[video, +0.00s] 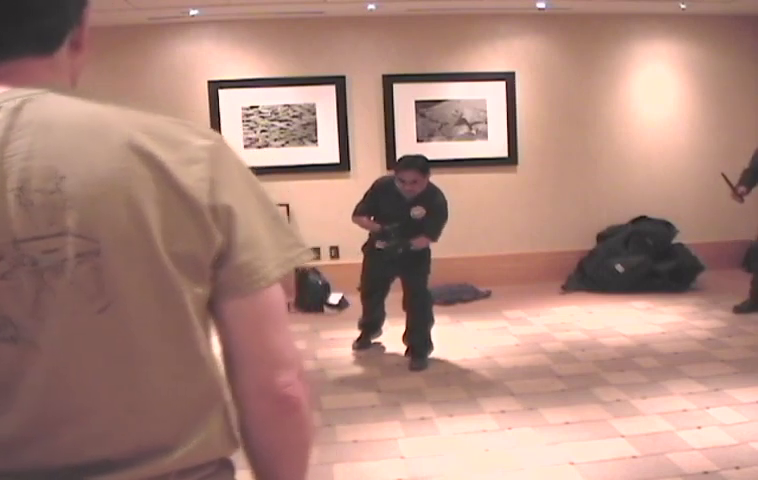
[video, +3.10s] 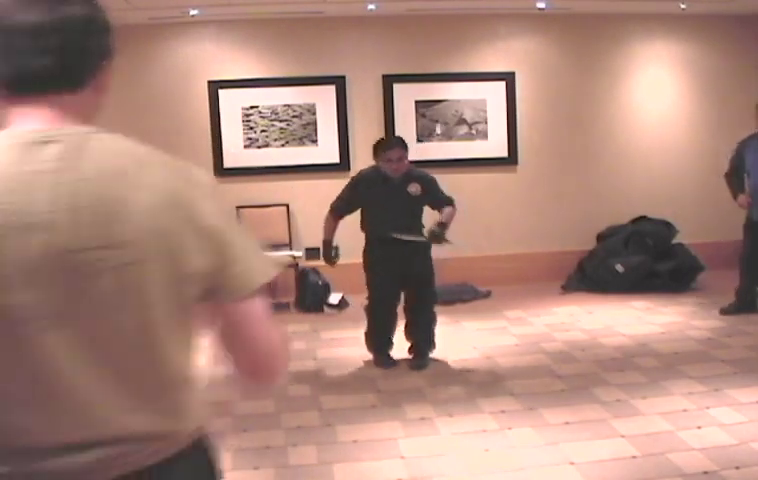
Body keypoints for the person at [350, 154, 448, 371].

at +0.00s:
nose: (407, 187)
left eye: (414, 182)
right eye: (402, 181)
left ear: (426, 179)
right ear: (395, 176)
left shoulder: (435, 200)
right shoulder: (382, 187)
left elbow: (428, 237)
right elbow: (357, 216)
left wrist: (403, 245)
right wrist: (376, 228)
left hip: (414, 253)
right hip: (380, 251)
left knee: (417, 300)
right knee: (370, 292)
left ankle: (418, 351)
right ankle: (369, 331)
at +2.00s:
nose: (401, 165)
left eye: (408, 161)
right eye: (397, 160)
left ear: (422, 161)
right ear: (392, 159)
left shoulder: (429, 183)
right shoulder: (381, 176)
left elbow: (438, 214)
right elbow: (361, 200)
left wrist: (422, 226)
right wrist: (366, 213)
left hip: (409, 246)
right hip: (378, 245)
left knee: (417, 299)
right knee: (365, 289)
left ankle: (419, 349)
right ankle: (366, 329)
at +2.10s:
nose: (403, 167)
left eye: (409, 162)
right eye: (399, 161)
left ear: (424, 161)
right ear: (394, 159)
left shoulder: (432, 183)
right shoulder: (384, 175)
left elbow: (418, 223)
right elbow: (366, 199)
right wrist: (369, 211)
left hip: (412, 247)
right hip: (380, 245)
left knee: (417, 300)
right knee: (366, 287)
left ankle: (418, 349)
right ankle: (364, 329)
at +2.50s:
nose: (405, 174)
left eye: (411, 168)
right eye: (400, 168)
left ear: (426, 166)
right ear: (395, 165)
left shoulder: (438, 188)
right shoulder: (385, 179)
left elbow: (435, 227)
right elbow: (367, 203)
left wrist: (409, 247)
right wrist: (372, 222)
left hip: (418, 246)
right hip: (383, 242)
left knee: (421, 298)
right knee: (369, 291)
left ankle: (418, 350)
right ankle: (362, 329)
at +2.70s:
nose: (405, 169)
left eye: (411, 163)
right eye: (400, 163)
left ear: (424, 161)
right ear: (394, 162)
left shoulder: (437, 185)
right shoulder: (383, 179)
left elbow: (453, 223)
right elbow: (361, 209)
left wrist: (438, 254)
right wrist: (367, 243)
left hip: (420, 249)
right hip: (384, 248)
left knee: (423, 302)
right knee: (369, 294)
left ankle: (419, 350)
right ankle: (362, 329)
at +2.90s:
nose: (402, 165)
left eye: (407, 159)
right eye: (396, 160)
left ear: (419, 158)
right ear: (389, 160)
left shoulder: (431, 181)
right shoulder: (377, 179)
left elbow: (459, 211)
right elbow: (347, 207)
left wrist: (457, 241)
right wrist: (339, 242)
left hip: (419, 248)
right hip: (383, 249)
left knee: (423, 301)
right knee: (378, 299)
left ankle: (420, 351)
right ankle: (374, 344)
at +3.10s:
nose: (395, 166)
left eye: (400, 160)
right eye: (389, 161)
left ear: (408, 158)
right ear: (378, 162)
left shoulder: (420, 179)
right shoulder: (366, 180)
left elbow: (447, 205)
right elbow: (335, 212)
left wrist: (441, 226)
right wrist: (327, 243)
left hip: (415, 249)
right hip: (380, 250)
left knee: (421, 300)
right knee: (382, 301)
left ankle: (421, 350)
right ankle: (380, 350)